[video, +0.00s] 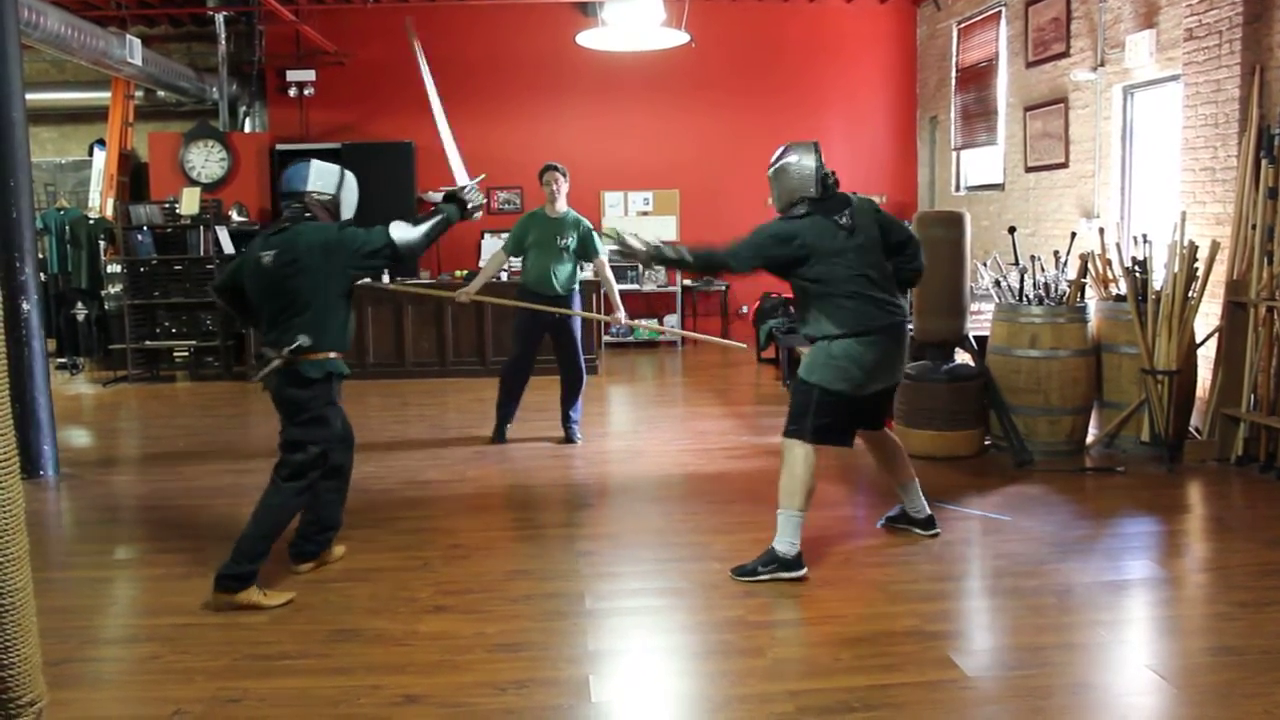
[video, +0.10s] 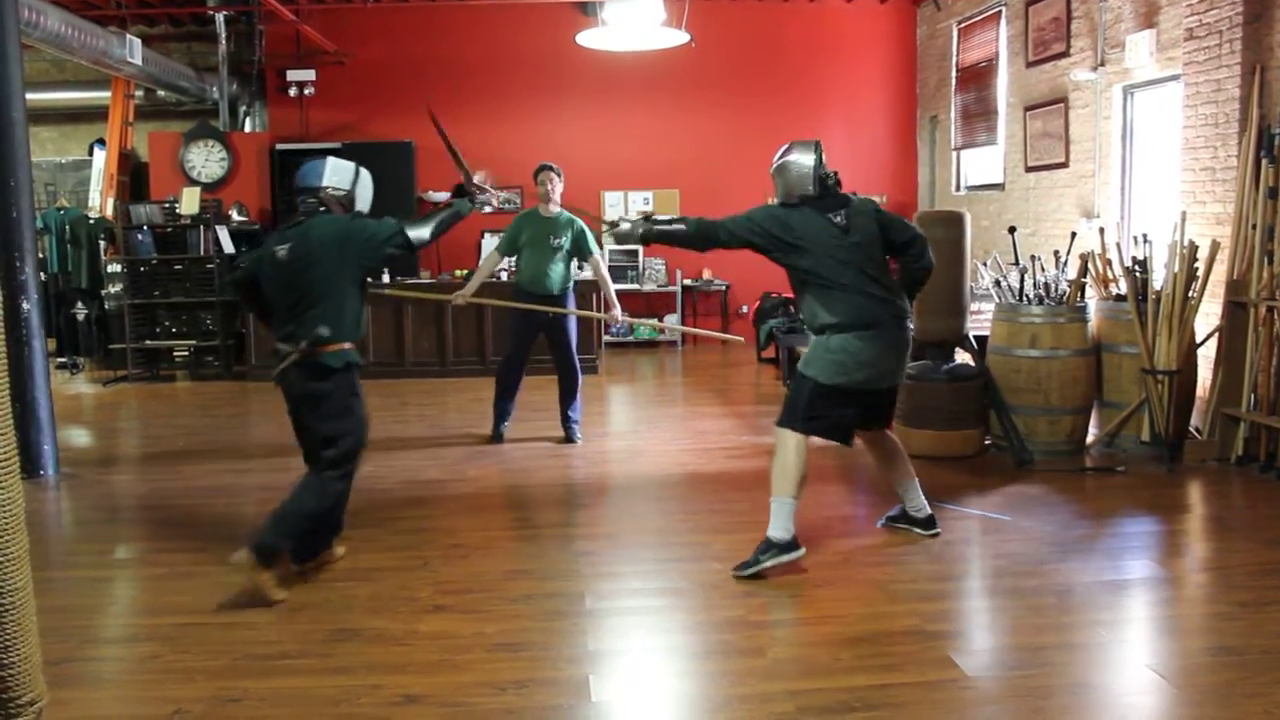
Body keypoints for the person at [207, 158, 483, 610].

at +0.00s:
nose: (340, 213)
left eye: (338, 206)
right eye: (336, 205)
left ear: (290, 204)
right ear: (320, 204)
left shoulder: (260, 248)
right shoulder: (332, 239)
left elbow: (223, 285)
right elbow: (403, 240)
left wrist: (260, 319)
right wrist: (453, 209)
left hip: (285, 373)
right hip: (315, 374)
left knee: (337, 446)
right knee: (296, 473)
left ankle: (313, 546)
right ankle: (234, 583)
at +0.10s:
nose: (351, 206)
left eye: (349, 200)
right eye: (347, 199)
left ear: (301, 201)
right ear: (333, 199)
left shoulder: (273, 246)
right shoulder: (347, 231)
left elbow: (242, 284)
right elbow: (416, 234)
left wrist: (279, 322)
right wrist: (463, 203)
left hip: (293, 371)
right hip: (332, 368)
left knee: (321, 460)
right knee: (337, 465)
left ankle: (317, 544)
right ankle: (264, 552)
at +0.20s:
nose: (367, 202)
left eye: (364, 198)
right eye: (365, 197)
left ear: (318, 199)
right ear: (351, 197)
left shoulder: (290, 240)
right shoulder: (364, 222)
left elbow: (257, 279)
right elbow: (431, 228)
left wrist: (294, 318)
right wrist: (482, 213)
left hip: (308, 363)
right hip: (351, 357)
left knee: (329, 456)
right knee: (375, 450)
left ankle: (307, 549)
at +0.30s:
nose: (383, 195)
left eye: (380, 190)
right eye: (379, 189)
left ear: (336, 191)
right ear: (366, 190)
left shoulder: (312, 234)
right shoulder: (382, 219)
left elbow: (274, 275)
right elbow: (446, 234)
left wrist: (310, 310)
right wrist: (500, 233)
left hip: (331, 359)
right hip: (376, 353)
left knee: (341, 453)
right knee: (411, 448)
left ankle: (309, 548)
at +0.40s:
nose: (419, 198)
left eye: (416, 194)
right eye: (415, 192)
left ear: (369, 197)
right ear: (402, 192)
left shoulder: (347, 237)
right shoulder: (418, 225)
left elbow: (308, 277)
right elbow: (482, 243)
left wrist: (348, 313)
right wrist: (545, 244)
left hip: (377, 357)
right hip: (425, 354)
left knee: (373, 450)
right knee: (462, 447)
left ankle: (328, 544)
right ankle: (490, 544)